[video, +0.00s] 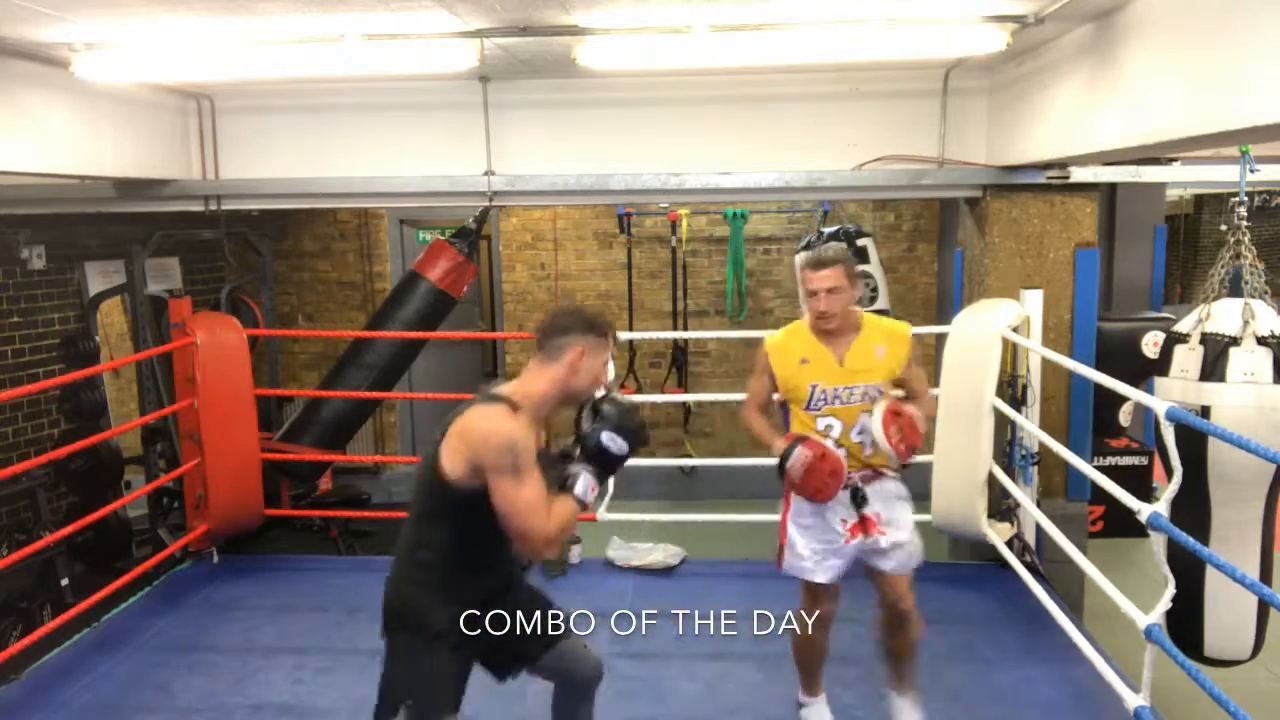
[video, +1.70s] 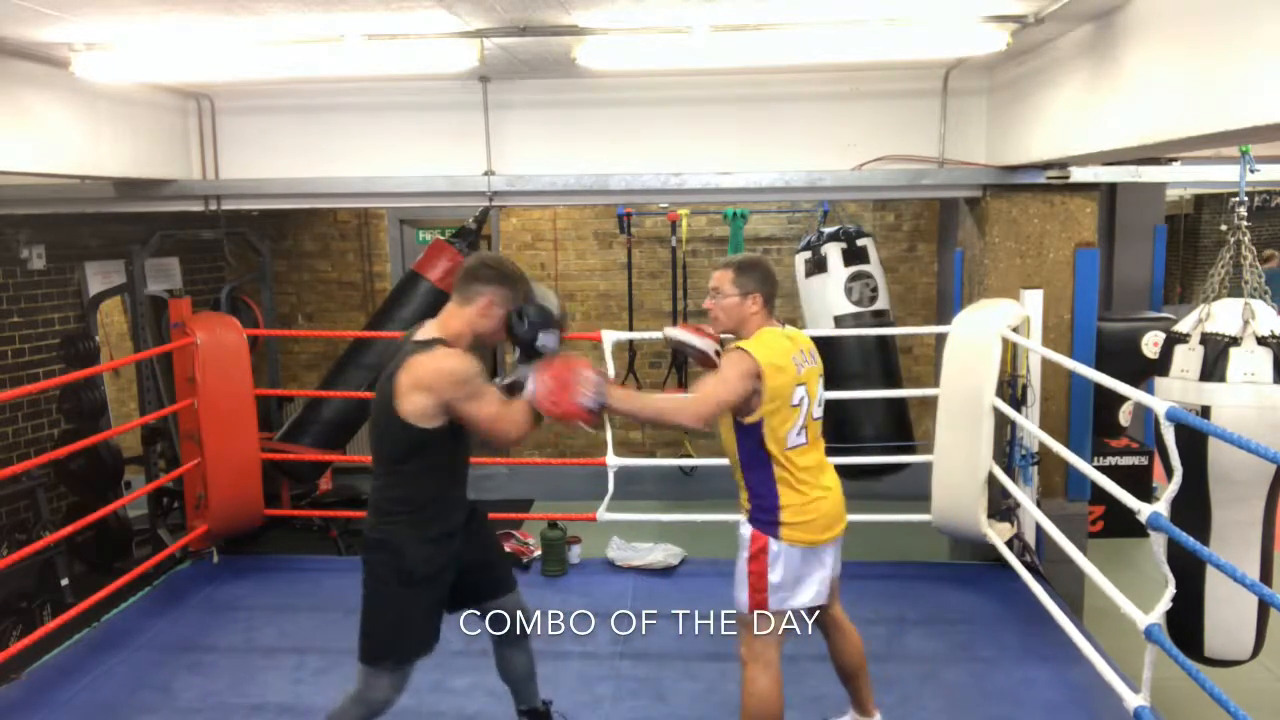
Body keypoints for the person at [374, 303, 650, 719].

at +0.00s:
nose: (606, 376)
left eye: (609, 363)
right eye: (605, 361)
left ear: (570, 358)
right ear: (575, 358)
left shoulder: (527, 414)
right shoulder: (497, 426)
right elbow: (539, 540)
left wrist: (568, 468)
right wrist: (592, 469)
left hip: (487, 594)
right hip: (435, 608)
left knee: (582, 671)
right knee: (421, 712)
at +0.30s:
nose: (580, 338)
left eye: (581, 327)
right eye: (576, 325)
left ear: (541, 322)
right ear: (541, 320)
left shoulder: (522, 387)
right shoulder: (470, 381)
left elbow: (515, 466)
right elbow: (497, 488)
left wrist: (562, 423)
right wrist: (560, 435)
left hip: (492, 555)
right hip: (434, 565)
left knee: (567, 650)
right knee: (428, 706)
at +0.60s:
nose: (517, 296)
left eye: (517, 283)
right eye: (509, 283)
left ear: (474, 283)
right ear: (473, 282)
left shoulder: (468, 345)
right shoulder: (412, 356)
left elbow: (468, 426)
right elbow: (451, 457)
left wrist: (519, 401)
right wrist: (507, 402)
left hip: (468, 526)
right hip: (409, 538)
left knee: (524, 623)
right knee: (382, 667)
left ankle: (553, 710)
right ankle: (348, 712)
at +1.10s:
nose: (546, 304)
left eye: (550, 293)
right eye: (543, 290)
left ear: (508, 285)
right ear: (509, 281)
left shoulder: (504, 343)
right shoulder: (455, 336)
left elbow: (516, 422)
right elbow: (514, 419)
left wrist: (566, 372)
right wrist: (558, 363)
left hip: (485, 517)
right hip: (431, 527)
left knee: (526, 614)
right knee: (396, 662)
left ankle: (535, 711)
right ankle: (348, 712)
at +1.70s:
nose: (505, 327)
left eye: (508, 317)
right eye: (505, 315)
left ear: (469, 299)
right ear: (484, 306)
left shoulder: (429, 342)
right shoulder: (447, 366)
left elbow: (482, 412)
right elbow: (511, 428)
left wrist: (526, 372)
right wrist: (542, 374)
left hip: (452, 527)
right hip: (406, 541)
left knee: (510, 618)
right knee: (380, 688)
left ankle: (532, 710)